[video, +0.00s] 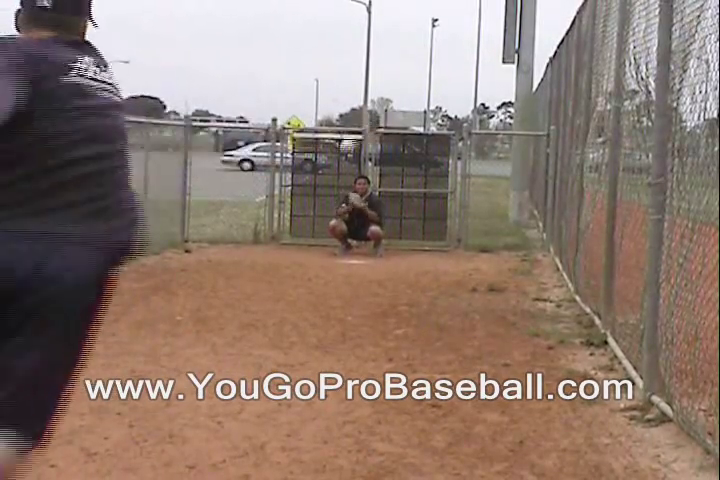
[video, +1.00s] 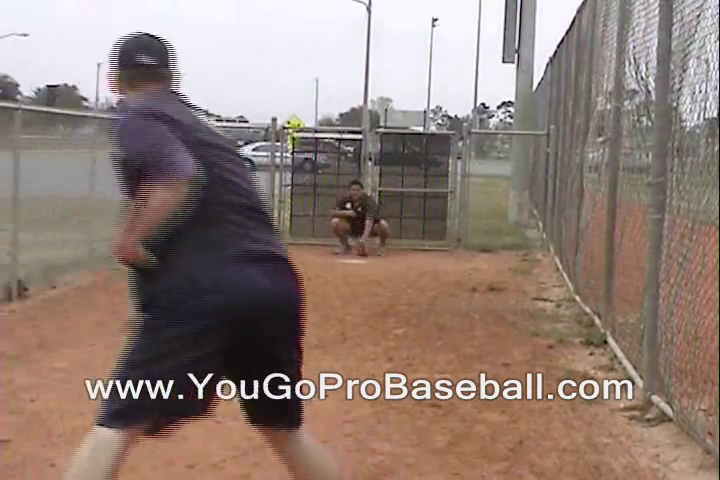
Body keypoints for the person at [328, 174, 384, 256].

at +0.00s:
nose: (361, 187)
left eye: (364, 184)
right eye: (359, 184)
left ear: (368, 186)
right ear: (354, 186)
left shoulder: (373, 199)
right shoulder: (349, 197)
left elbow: (378, 219)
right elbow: (338, 213)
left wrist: (363, 208)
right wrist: (348, 208)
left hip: (366, 227)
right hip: (351, 226)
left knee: (376, 231)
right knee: (334, 225)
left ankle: (377, 245)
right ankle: (346, 245)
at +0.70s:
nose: (357, 192)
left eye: (359, 189)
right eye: (355, 189)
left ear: (363, 191)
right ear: (351, 190)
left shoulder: (369, 199)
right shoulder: (346, 200)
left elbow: (374, 209)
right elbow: (333, 212)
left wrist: (361, 216)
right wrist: (345, 217)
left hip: (365, 228)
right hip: (349, 228)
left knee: (379, 227)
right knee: (334, 225)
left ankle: (378, 246)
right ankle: (346, 245)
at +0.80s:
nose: (356, 193)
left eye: (358, 190)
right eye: (354, 190)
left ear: (363, 191)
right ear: (351, 191)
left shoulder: (368, 200)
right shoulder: (346, 201)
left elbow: (371, 210)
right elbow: (333, 212)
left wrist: (367, 222)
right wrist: (349, 215)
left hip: (366, 228)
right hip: (351, 228)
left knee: (380, 226)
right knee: (335, 224)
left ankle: (379, 246)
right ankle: (346, 245)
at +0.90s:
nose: (356, 193)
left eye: (358, 190)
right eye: (354, 190)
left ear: (362, 192)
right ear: (350, 192)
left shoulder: (369, 201)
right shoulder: (346, 201)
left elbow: (371, 215)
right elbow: (334, 212)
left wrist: (367, 230)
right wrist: (348, 215)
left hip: (366, 228)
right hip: (352, 228)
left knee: (381, 226)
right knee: (335, 224)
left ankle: (380, 246)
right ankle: (346, 245)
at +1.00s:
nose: (355, 192)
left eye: (358, 190)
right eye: (353, 190)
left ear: (362, 191)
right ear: (350, 191)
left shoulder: (369, 202)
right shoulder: (346, 201)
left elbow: (369, 222)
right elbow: (333, 212)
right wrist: (347, 213)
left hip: (366, 227)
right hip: (352, 227)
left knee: (382, 225)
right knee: (336, 223)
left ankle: (382, 246)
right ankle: (346, 246)